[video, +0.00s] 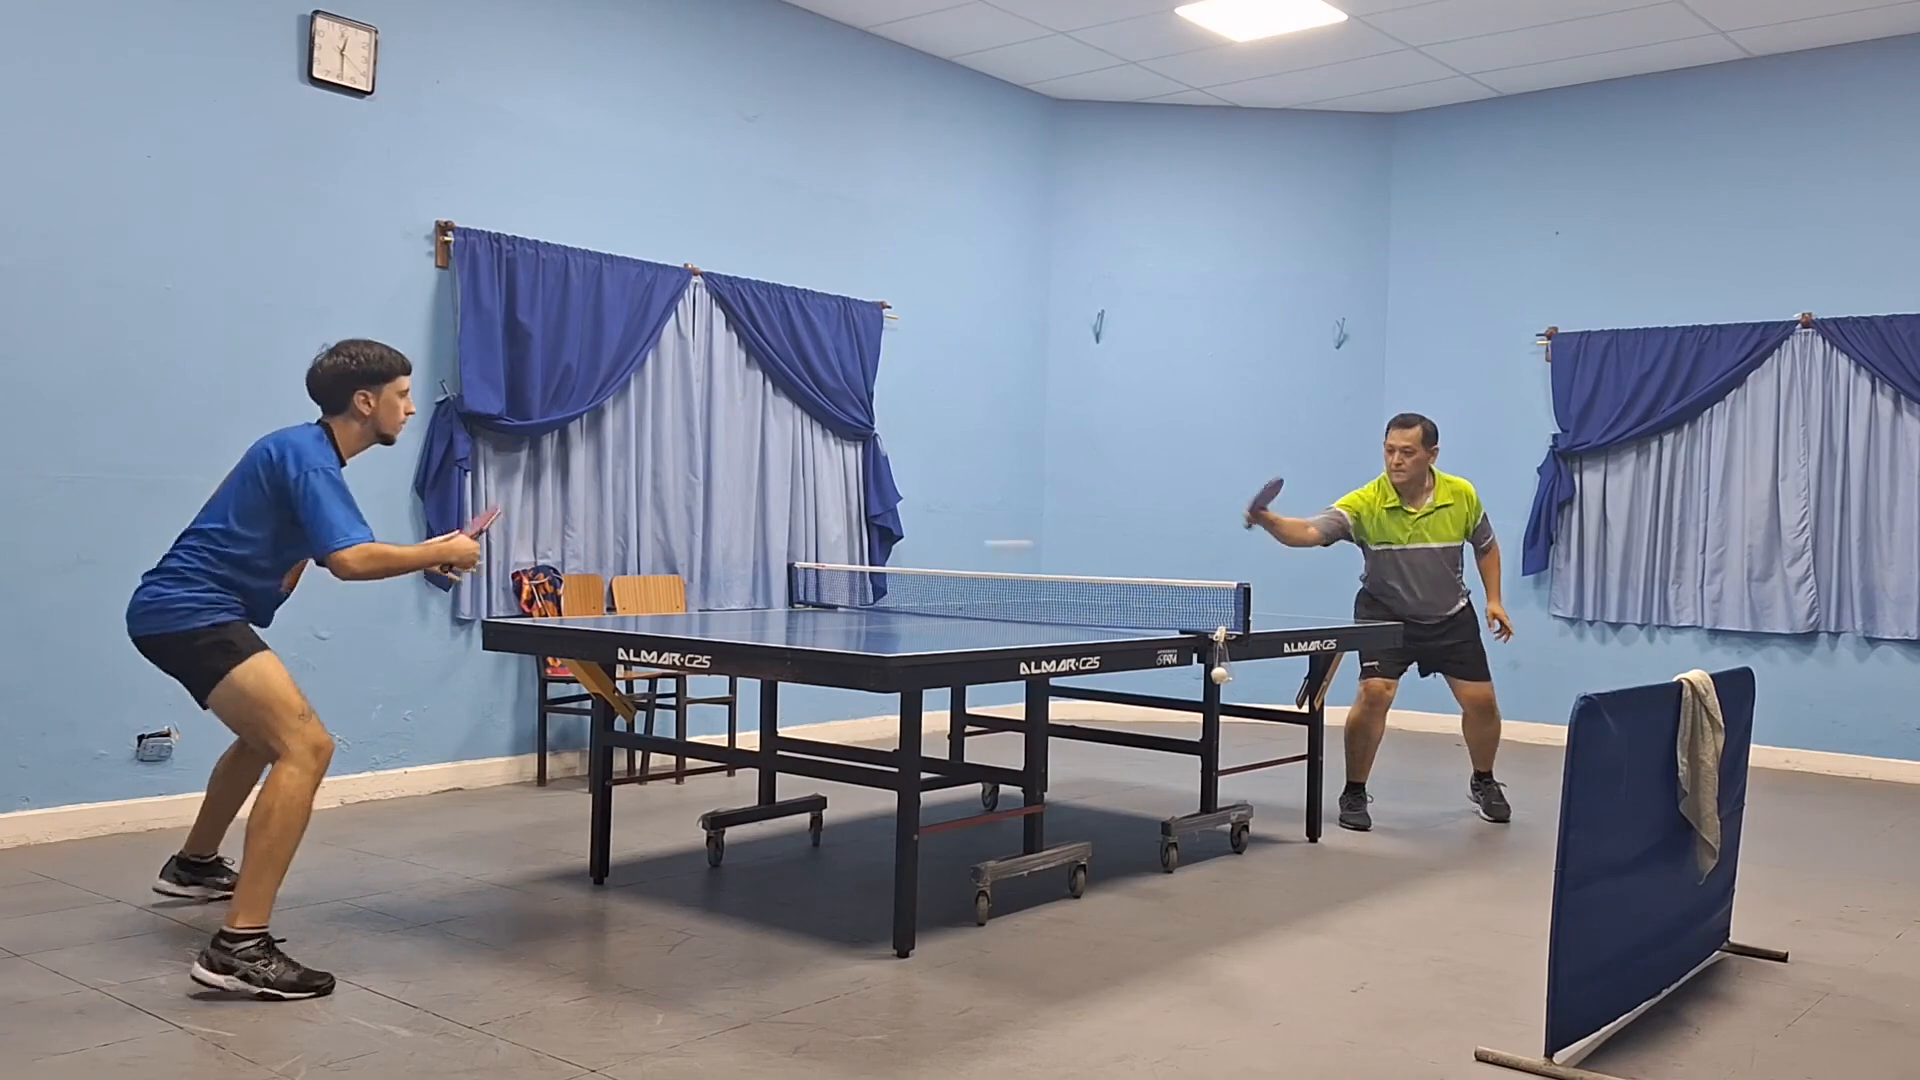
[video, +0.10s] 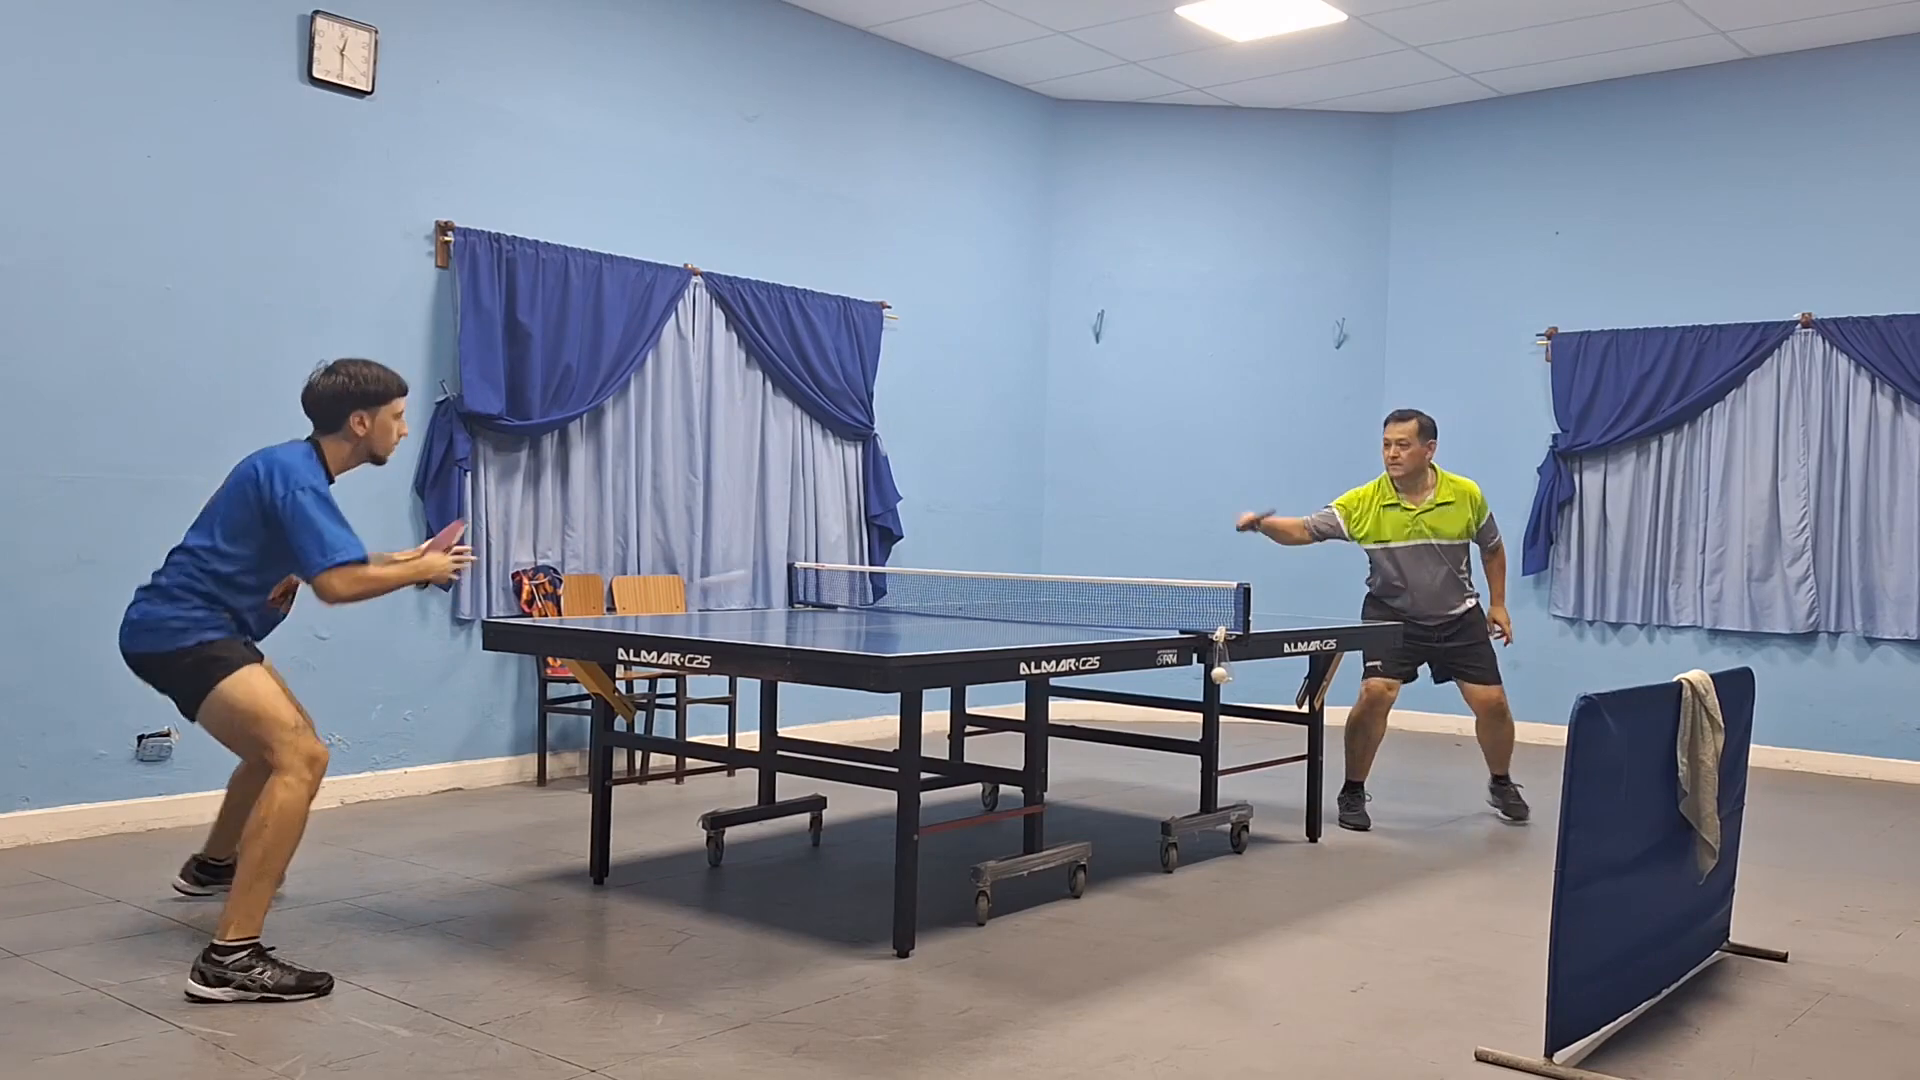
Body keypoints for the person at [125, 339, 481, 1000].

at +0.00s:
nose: (410, 407)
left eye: (410, 394)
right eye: (403, 394)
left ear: (355, 403)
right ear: (362, 401)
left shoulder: (304, 451)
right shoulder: (307, 460)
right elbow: (352, 560)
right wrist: (439, 552)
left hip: (189, 606)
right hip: (188, 609)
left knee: (270, 736)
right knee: (309, 746)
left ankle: (194, 860)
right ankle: (241, 942)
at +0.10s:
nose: (404, 430)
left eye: (403, 417)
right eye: (397, 417)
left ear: (348, 422)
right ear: (358, 422)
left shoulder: (297, 470)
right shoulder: (293, 476)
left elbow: (342, 559)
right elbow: (334, 584)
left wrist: (411, 557)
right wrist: (420, 570)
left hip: (198, 624)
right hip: (181, 628)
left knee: (285, 740)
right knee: (302, 759)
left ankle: (217, 861)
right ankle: (231, 953)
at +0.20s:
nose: (379, 452)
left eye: (380, 440)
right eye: (373, 440)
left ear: (322, 442)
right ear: (332, 442)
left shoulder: (261, 480)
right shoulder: (283, 495)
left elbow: (314, 580)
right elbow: (340, 601)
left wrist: (383, 569)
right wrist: (401, 582)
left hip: (189, 645)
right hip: (177, 652)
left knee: (304, 740)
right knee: (311, 764)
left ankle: (221, 865)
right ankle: (233, 954)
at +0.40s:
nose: (332, 410)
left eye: (332, 399)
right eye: (325, 399)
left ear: (274, 402)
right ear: (285, 402)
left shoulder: (218, 438)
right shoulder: (251, 445)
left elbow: (248, 521)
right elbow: (325, 488)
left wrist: (332, 539)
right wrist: (407, 430)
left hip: (130, 593)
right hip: (138, 601)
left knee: (236, 687)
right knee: (228, 745)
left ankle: (186, 843)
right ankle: (176, 922)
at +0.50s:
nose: (304, 408)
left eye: (305, 398)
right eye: (298, 399)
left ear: (250, 405)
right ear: (260, 404)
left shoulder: (210, 448)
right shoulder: (217, 446)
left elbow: (202, 551)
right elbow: (211, 491)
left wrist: (272, 575)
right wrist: (320, 440)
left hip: (116, 613)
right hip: (126, 614)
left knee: (189, 738)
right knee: (224, 748)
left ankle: (131, 847)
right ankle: (87, 891)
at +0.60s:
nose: (283, 415)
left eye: (280, 405)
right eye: (274, 405)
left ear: (234, 414)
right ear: (239, 413)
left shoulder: (204, 472)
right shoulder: (193, 458)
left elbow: (170, 570)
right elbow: (138, 514)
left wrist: (224, 618)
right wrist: (255, 498)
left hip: (126, 624)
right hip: (105, 626)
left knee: (196, 729)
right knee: (194, 777)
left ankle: (118, 849)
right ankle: (33, 893)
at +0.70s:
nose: (273, 392)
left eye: (271, 378)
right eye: (266, 380)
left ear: (226, 388)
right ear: (230, 387)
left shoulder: (198, 450)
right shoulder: (181, 436)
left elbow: (148, 544)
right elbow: (145, 503)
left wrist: (182, 606)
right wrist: (260, 507)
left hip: (110, 606)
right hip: (89, 606)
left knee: (167, 730)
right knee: (167, 761)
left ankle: (116, 849)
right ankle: (21, 896)